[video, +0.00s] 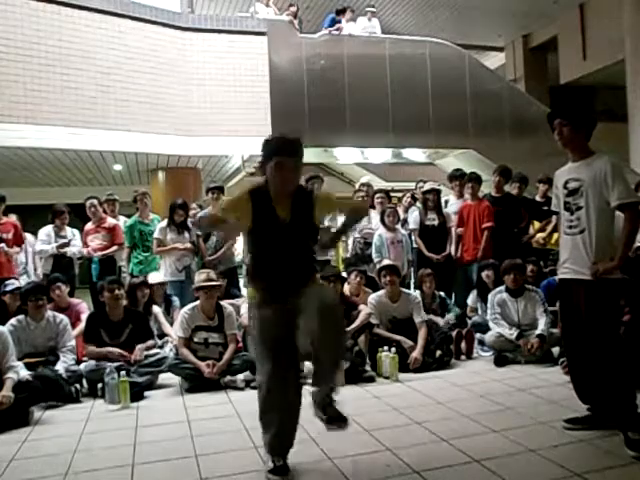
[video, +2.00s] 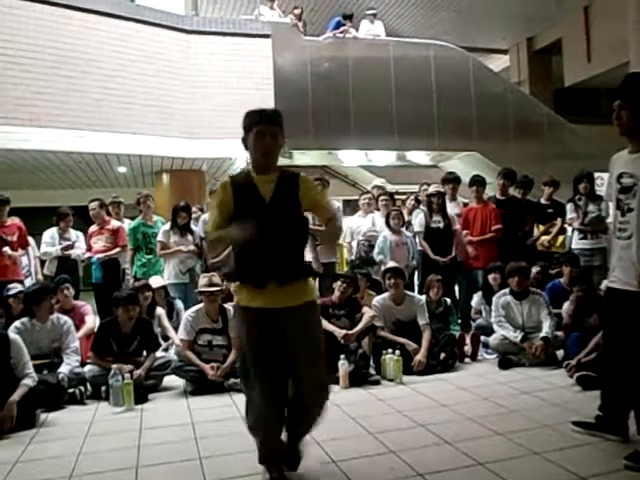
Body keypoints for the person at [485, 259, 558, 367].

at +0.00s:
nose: (513, 278)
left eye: (517, 274)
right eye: (508, 274)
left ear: (523, 276)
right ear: (503, 277)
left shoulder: (535, 293)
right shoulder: (495, 296)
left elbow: (544, 316)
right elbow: (494, 320)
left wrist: (540, 336)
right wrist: (517, 336)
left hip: (531, 332)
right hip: (509, 333)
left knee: (555, 335)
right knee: (491, 338)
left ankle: (514, 357)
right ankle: (538, 355)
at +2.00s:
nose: (517, 280)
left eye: (521, 276)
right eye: (513, 277)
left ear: (528, 279)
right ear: (508, 280)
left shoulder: (539, 296)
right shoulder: (499, 299)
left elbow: (548, 319)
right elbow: (498, 323)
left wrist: (544, 339)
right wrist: (522, 339)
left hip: (535, 335)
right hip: (512, 335)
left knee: (559, 338)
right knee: (495, 341)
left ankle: (519, 360)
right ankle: (542, 358)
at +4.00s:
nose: (517, 281)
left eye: (521, 277)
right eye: (513, 277)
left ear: (527, 278)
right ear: (508, 280)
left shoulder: (539, 296)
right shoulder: (499, 299)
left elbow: (548, 319)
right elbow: (498, 323)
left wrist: (544, 339)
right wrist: (522, 339)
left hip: (535, 334)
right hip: (513, 335)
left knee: (559, 338)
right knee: (495, 341)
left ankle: (519, 360)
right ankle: (542, 358)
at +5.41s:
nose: (516, 280)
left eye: (520, 276)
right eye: (512, 276)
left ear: (527, 278)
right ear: (507, 280)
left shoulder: (539, 296)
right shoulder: (499, 299)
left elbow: (547, 319)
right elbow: (498, 323)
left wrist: (544, 339)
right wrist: (522, 339)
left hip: (535, 335)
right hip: (512, 336)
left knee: (559, 337)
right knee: (495, 340)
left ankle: (518, 360)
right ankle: (543, 358)